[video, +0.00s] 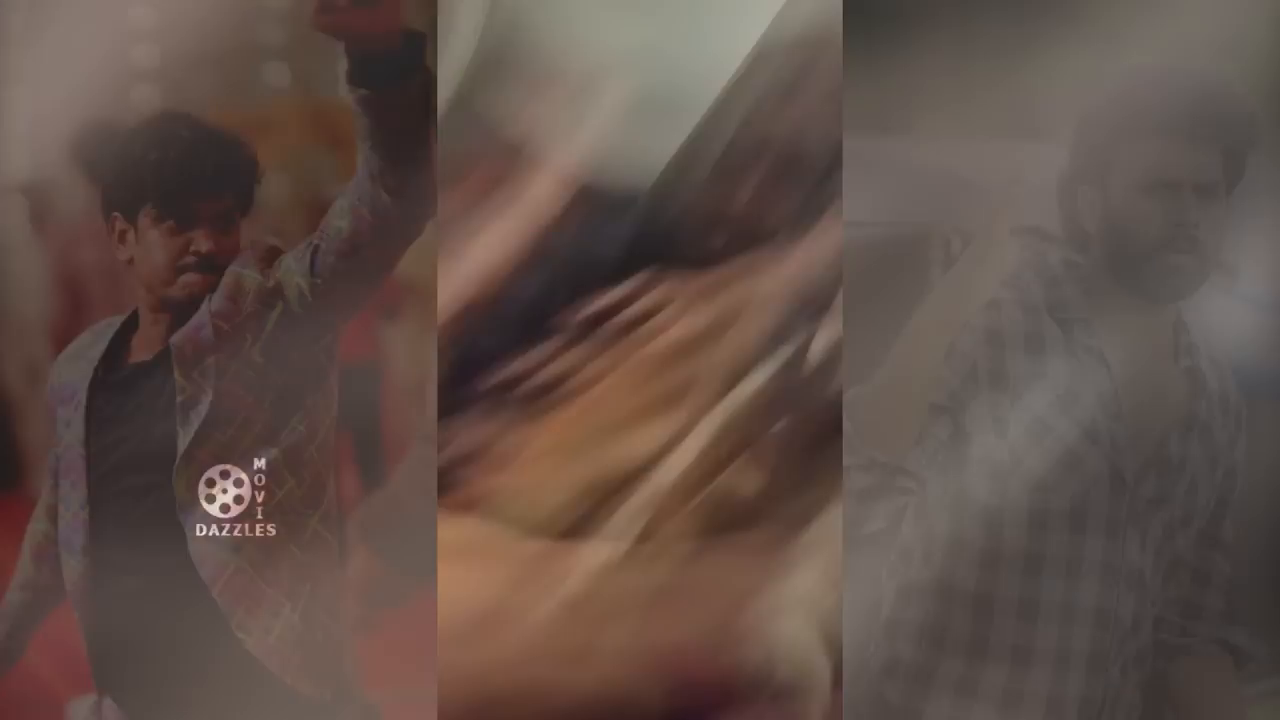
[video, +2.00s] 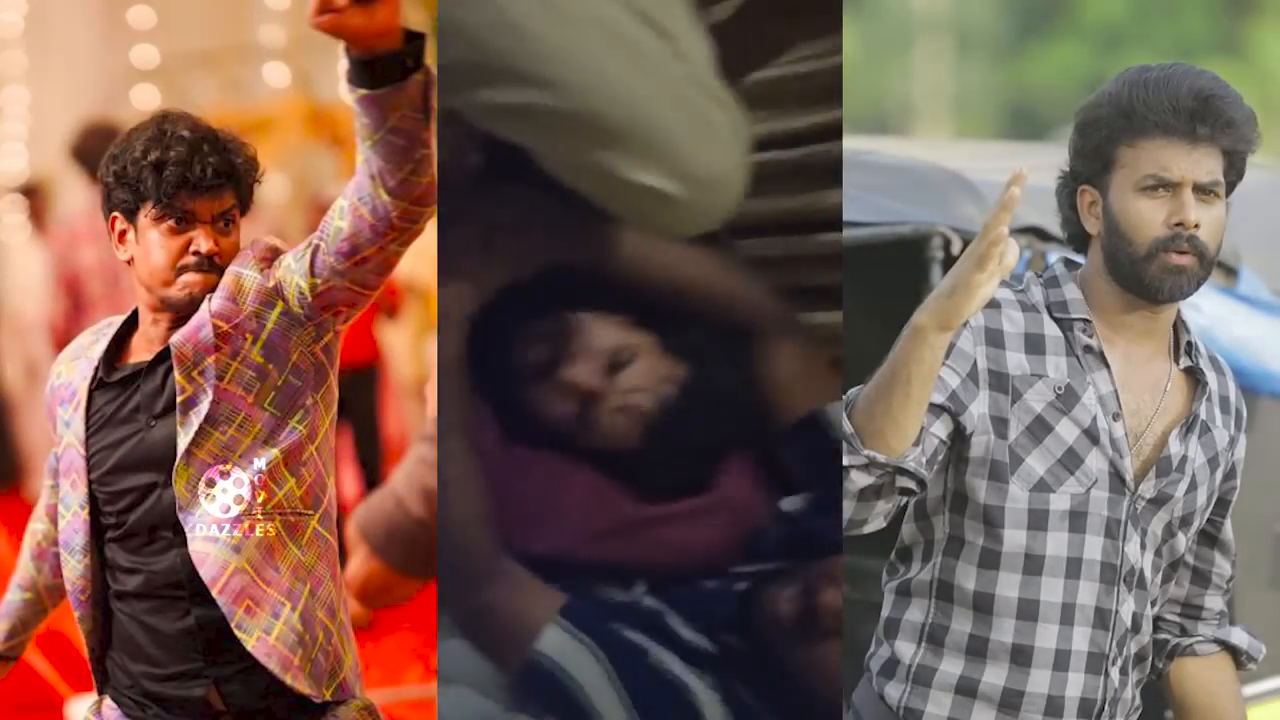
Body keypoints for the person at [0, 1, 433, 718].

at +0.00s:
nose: (205, 245)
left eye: (223, 223)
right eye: (178, 223)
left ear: (243, 231)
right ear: (122, 237)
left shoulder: (283, 317)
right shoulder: (78, 372)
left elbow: (392, 199)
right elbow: (52, 535)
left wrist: (380, 47)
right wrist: (4, 646)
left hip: (279, 696)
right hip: (134, 701)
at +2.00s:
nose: (206, 245)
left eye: (223, 222)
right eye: (179, 222)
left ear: (243, 230)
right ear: (122, 236)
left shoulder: (287, 312)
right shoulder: (76, 373)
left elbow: (394, 199)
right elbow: (56, 524)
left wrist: (380, 52)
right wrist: (7, 634)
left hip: (290, 700)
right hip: (140, 705)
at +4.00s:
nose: (206, 245)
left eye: (223, 222)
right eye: (179, 222)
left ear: (243, 230)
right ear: (122, 236)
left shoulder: (287, 312)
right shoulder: (76, 373)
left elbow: (394, 199)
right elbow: (56, 525)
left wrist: (380, 52)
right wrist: (7, 634)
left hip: (291, 700)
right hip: (140, 705)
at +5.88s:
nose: (206, 245)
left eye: (224, 222)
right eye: (179, 222)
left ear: (243, 230)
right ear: (122, 237)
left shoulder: (286, 313)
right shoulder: (76, 373)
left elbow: (393, 200)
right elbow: (56, 525)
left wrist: (379, 52)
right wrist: (8, 634)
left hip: (291, 700)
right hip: (140, 705)